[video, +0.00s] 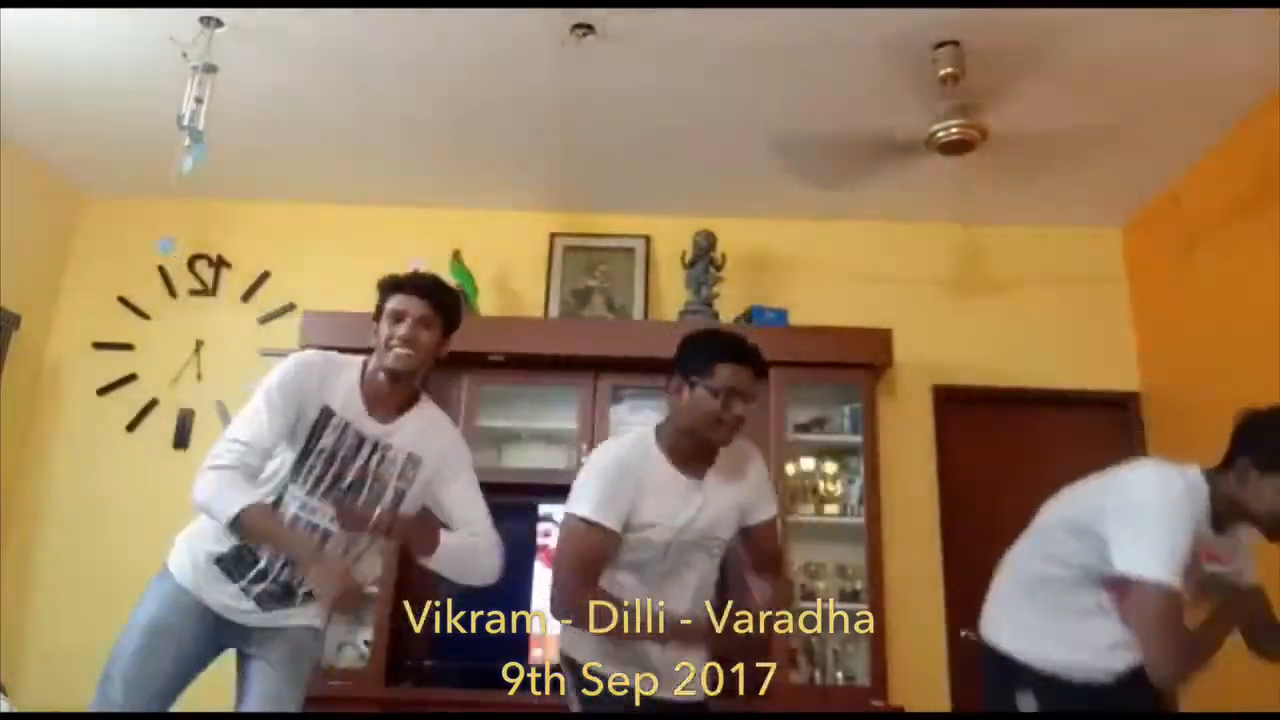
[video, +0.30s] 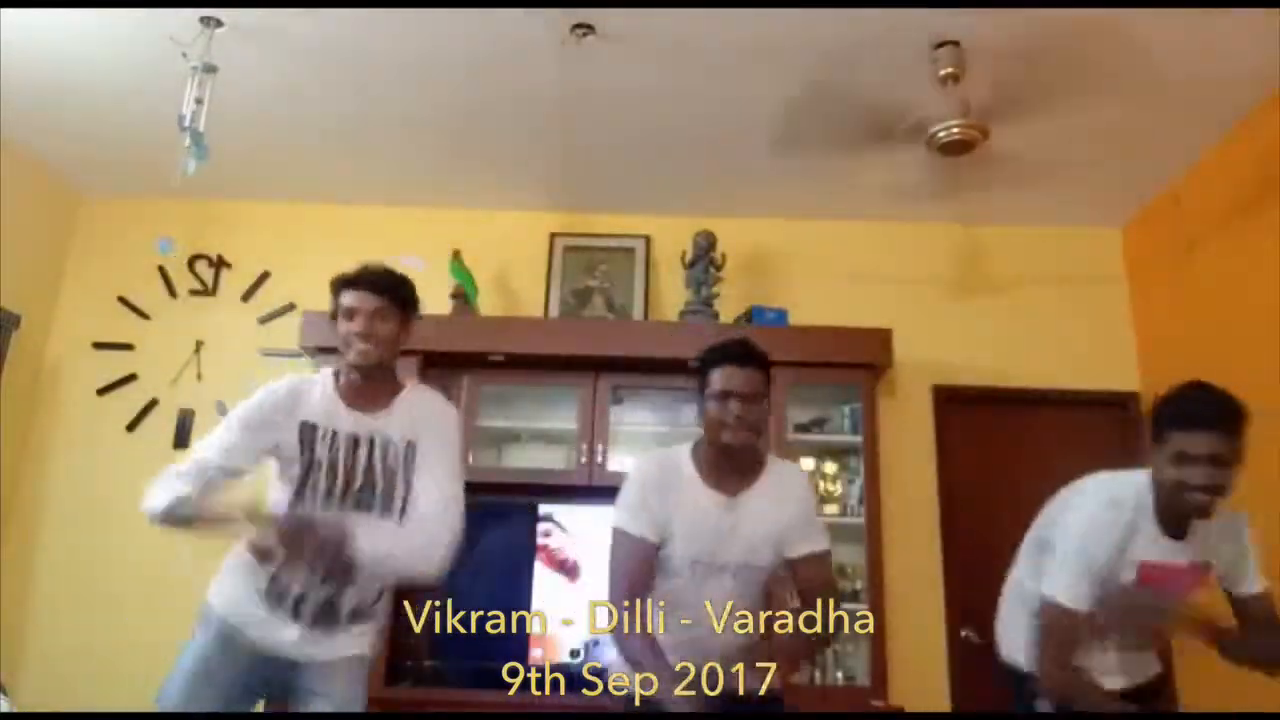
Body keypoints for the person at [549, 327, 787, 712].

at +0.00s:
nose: (738, 412)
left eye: (746, 401)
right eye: (724, 396)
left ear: (753, 403)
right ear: (679, 390)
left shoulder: (744, 466)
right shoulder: (616, 464)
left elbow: (772, 572)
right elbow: (569, 600)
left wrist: (774, 635)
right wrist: (688, 629)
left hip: (689, 677)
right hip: (605, 675)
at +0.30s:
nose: (736, 412)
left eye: (750, 400)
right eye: (722, 398)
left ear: (768, 408)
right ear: (700, 406)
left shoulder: (791, 486)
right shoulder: (653, 478)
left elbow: (822, 617)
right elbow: (625, 613)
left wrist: (757, 671)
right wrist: (671, 691)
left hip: (753, 694)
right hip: (668, 692)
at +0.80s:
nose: (696, 439)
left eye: (709, 424)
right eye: (694, 426)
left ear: (757, 423)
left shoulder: (832, 479)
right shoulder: (716, 502)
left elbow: (867, 619)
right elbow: (694, 622)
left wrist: (762, 631)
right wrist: (647, 691)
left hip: (874, 696)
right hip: (793, 696)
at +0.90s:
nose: (690, 441)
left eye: (702, 426)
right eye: (689, 428)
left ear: (750, 427)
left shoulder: (827, 481)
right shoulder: (714, 503)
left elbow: (854, 626)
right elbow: (702, 621)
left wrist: (735, 610)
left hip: (869, 683)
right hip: (792, 687)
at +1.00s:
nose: (682, 431)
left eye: (696, 418)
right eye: (683, 419)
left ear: (747, 420)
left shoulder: (820, 473)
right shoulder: (710, 492)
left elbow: (842, 617)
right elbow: (701, 604)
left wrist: (742, 621)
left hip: (859, 672)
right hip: (783, 677)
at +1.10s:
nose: (678, 433)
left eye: (691, 418)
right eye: (676, 420)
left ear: (742, 419)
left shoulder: (813, 479)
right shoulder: (699, 490)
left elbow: (847, 630)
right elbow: (687, 608)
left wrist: (731, 663)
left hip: (828, 688)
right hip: (746, 691)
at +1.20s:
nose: (680, 438)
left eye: (695, 423)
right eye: (677, 425)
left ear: (745, 429)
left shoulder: (810, 496)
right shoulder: (694, 498)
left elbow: (849, 648)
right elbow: (674, 620)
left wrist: (741, 697)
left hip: (829, 701)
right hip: (743, 695)